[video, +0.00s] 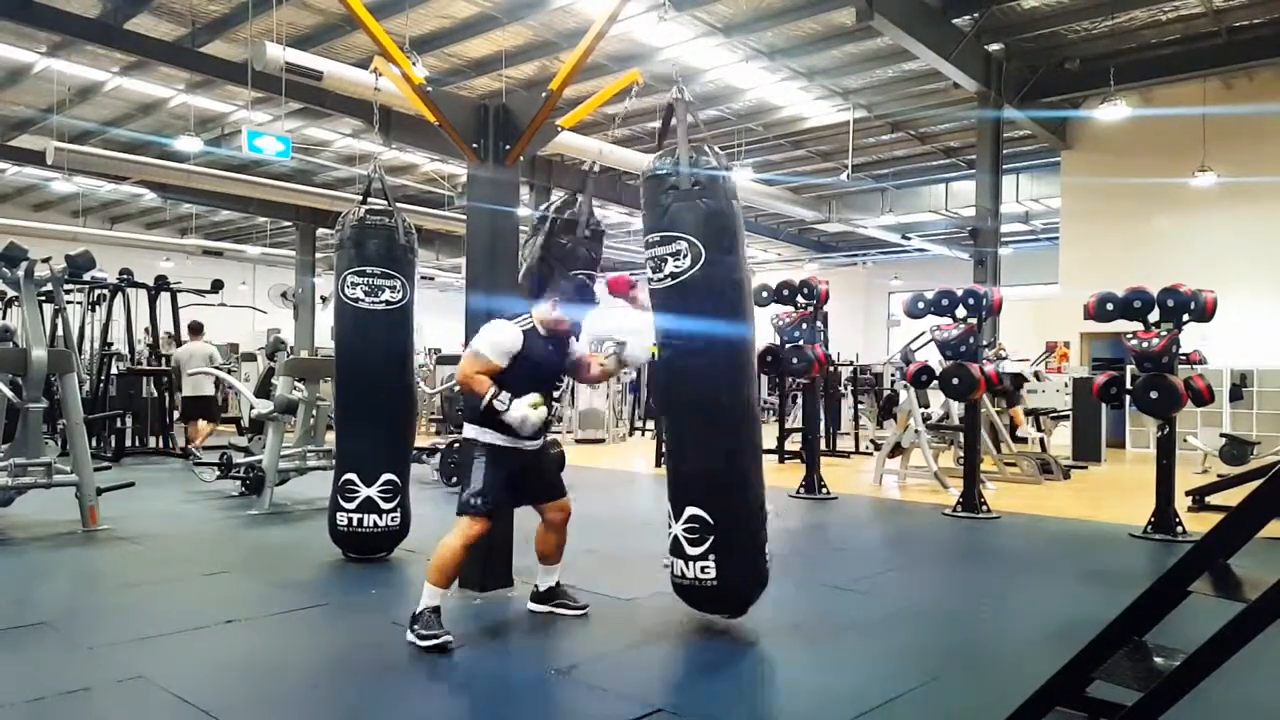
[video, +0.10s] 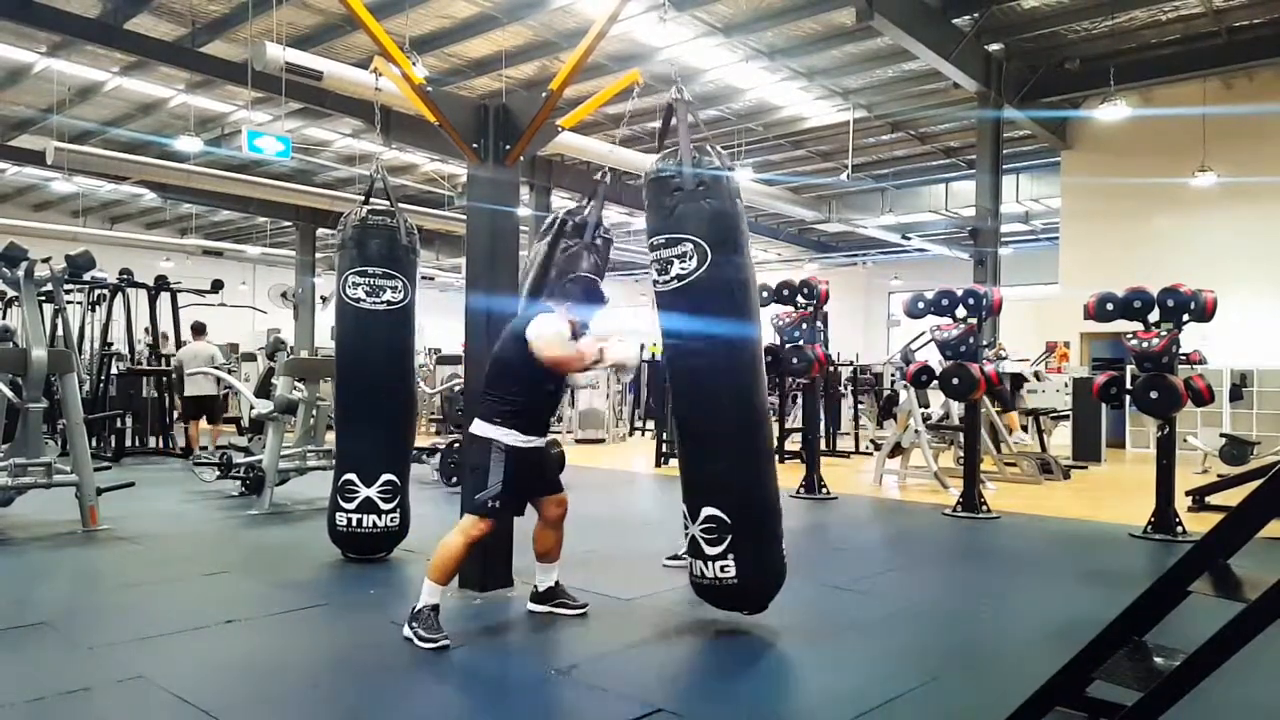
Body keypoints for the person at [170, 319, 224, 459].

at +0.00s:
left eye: (191, 332)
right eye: (201, 333)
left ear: (188, 333)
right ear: (203, 333)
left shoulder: (179, 352)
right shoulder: (210, 349)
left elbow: (175, 373)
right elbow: (219, 369)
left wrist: (178, 389)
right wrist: (219, 386)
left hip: (188, 392)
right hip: (206, 392)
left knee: (191, 423)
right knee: (212, 421)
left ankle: (194, 450)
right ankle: (196, 444)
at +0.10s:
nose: (199, 335)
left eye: (194, 333)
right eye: (203, 333)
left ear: (191, 333)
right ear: (206, 333)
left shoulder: (182, 352)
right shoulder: (213, 349)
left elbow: (177, 374)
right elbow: (221, 370)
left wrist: (180, 392)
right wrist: (221, 388)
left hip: (190, 393)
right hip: (210, 392)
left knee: (193, 423)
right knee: (216, 423)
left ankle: (195, 452)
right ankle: (212, 448)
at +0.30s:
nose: (202, 337)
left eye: (199, 335)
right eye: (210, 335)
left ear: (198, 335)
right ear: (213, 335)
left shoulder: (189, 353)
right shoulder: (219, 351)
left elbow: (181, 372)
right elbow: (226, 371)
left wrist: (183, 391)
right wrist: (230, 385)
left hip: (195, 394)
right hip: (215, 394)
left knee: (196, 423)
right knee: (221, 424)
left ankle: (196, 452)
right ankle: (222, 451)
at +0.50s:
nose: (210, 337)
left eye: (209, 334)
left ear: (209, 335)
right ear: (222, 335)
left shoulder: (199, 351)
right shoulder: (229, 351)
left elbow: (193, 369)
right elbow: (236, 370)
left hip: (205, 392)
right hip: (224, 392)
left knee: (202, 421)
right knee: (226, 424)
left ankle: (199, 448)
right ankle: (224, 450)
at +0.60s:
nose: (212, 337)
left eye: (212, 335)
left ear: (212, 335)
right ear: (226, 336)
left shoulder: (204, 350)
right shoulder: (232, 351)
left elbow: (195, 366)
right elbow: (241, 371)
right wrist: (243, 386)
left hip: (208, 392)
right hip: (227, 392)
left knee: (208, 422)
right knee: (227, 422)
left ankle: (206, 443)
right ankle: (225, 450)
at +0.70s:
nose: (214, 337)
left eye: (214, 335)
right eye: (217, 335)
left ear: (215, 335)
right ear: (228, 336)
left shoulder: (206, 350)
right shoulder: (235, 352)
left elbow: (194, 369)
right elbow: (243, 374)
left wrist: (190, 386)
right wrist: (242, 389)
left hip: (211, 393)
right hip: (229, 393)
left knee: (212, 422)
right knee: (228, 422)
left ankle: (212, 447)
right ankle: (225, 449)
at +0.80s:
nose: (215, 337)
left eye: (216, 335)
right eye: (217, 335)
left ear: (217, 335)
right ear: (229, 337)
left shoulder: (208, 350)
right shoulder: (236, 352)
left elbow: (198, 368)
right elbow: (243, 374)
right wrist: (240, 387)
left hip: (212, 392)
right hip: (229, 392)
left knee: (212, 422)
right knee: (228, 420)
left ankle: (215, 448)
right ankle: (225, 448)